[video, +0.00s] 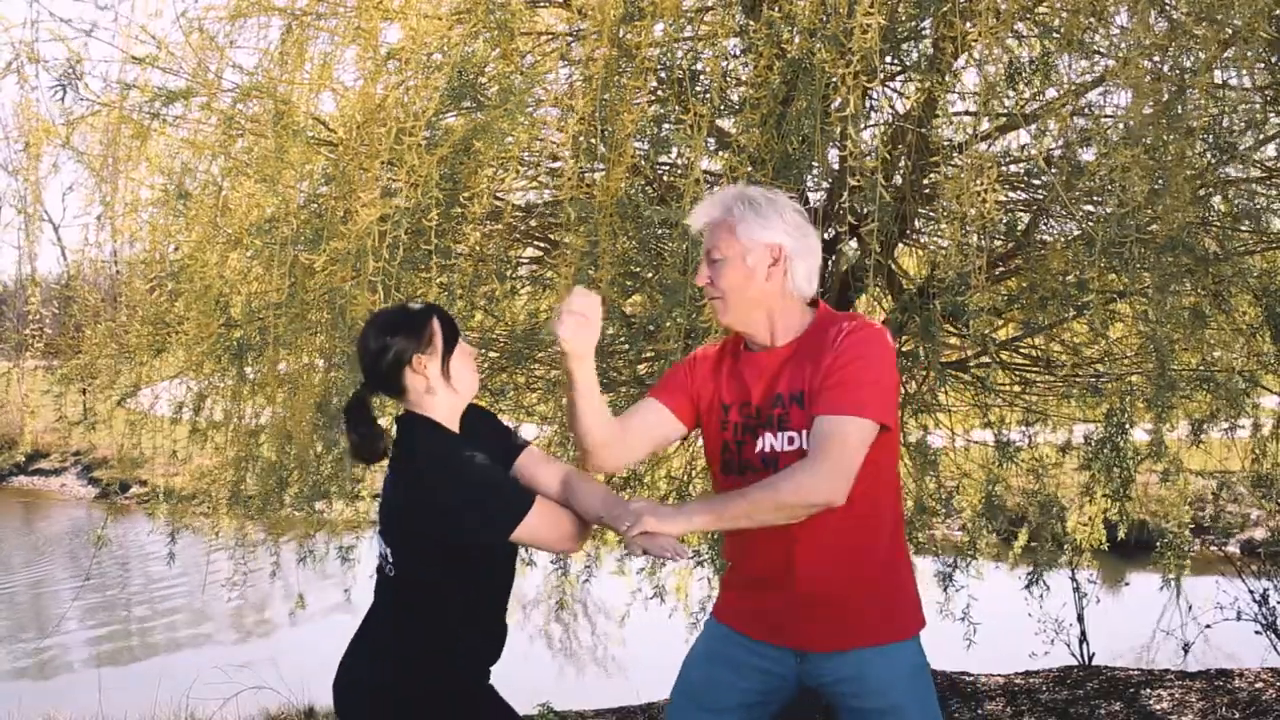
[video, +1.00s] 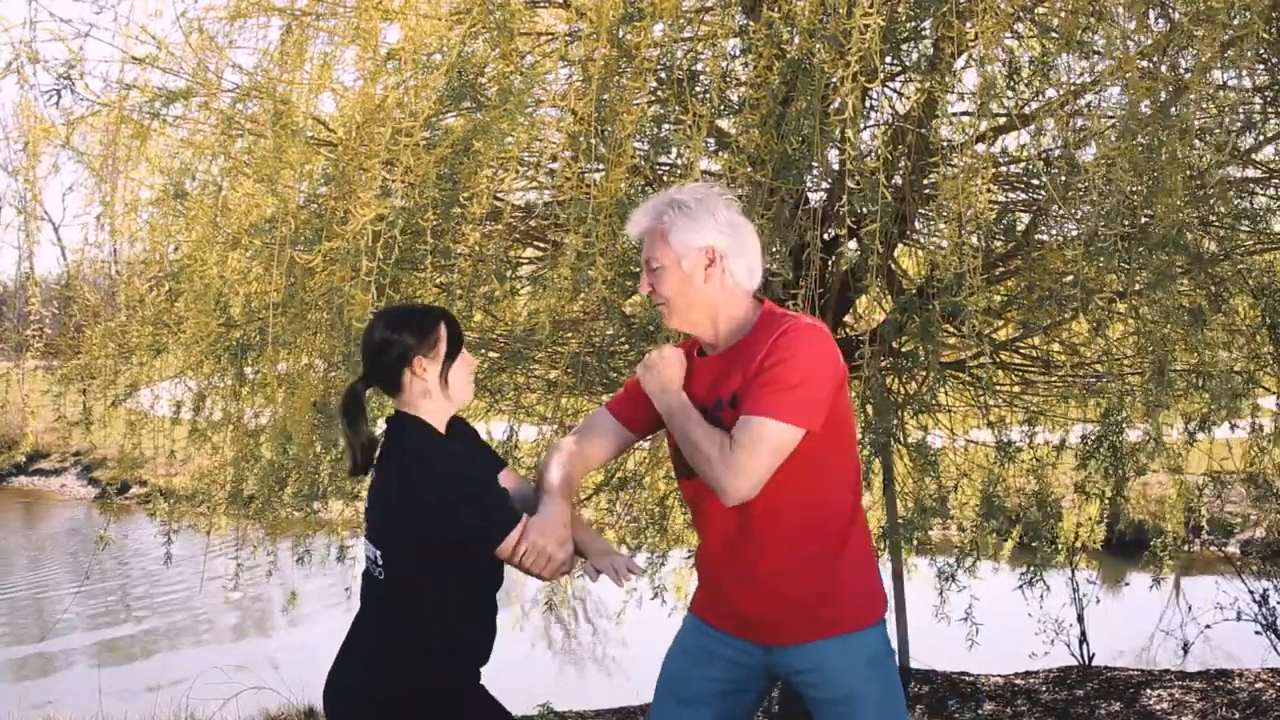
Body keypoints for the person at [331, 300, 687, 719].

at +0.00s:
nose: (474, 350)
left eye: (464, 339)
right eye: (459, 342)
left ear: (422, 368)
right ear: (423, 368)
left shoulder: (466, 422)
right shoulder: (443, 469)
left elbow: (562, 478)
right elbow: (568, 534)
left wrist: (631, 522)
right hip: (430, 696)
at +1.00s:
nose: (472, 360)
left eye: (464, 347)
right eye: (459, 349)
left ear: (421, 370)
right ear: (423, 368)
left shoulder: (448, 431)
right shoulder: (435, 468)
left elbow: (529, 496)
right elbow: (544, 560)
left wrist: (590, 542)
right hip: (421, 697)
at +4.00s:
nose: (669, 373)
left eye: (664, 362)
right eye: (658, 364)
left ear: (610, 380)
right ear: (617, 380)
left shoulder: (565, 447)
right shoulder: (645, 457)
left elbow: (706, 490)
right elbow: (794, 451)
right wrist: (805, 420)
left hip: (538, 686)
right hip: (623, 695)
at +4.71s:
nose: (654, 356)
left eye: (647, 344)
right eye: (641, 347)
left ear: (599, 368)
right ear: (604, 368)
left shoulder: (572, 426)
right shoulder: (631, 450)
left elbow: (716, 429)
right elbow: (770, 482)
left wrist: (791, 360)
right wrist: (784, 432)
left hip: (519, 676)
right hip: (592, 692)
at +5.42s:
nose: (466, 344)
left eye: (459, 331)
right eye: (453, 334)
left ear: (404, 354)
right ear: (410, 353)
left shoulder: (348, 421)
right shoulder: (437, 434)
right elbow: (558, 520)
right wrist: (601, 425)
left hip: (323, 667)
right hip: (409, 672)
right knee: (492, 712)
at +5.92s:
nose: (441, 354)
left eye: (435, 342)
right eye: (429, 344)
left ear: (380, 360)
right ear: (388, 359)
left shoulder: (331, 434)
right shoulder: (419, 449)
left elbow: (403, 502)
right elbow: (562, 462)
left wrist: (458, 428)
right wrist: (613, 374)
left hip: (309, 680)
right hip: (395, 688)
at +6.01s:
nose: (433, 363)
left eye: (428, 352)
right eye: (422, 352)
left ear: (373, 364)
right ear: (379, 364)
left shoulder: (315, 440)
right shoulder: (414, 454)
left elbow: (381, 512)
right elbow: (554, 464)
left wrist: (443, 442)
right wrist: (606, 378)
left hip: (299, 685)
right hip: (390, 690)